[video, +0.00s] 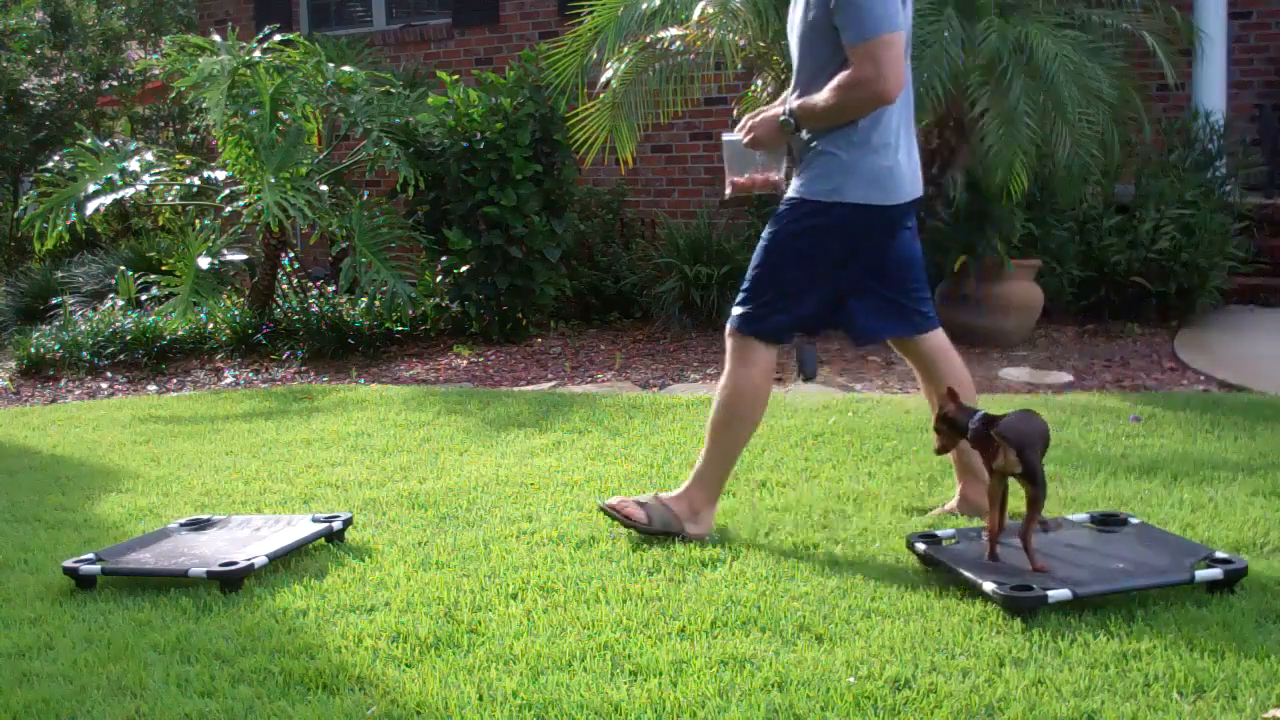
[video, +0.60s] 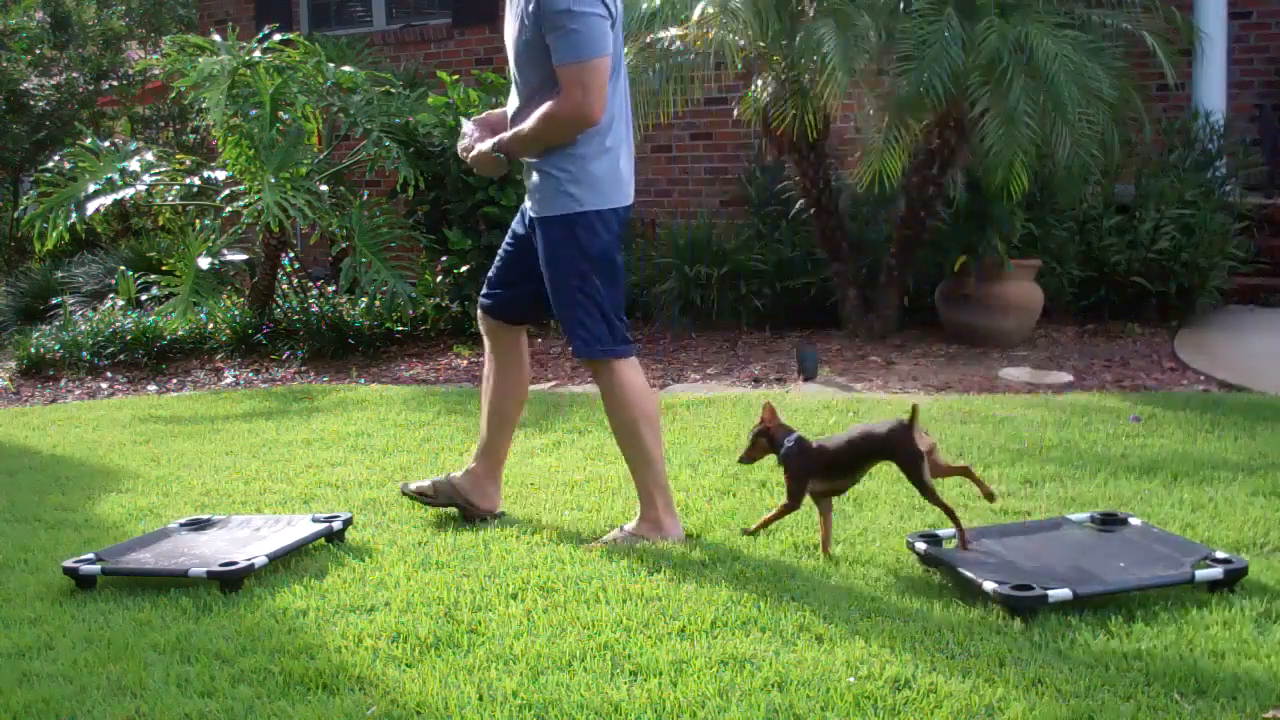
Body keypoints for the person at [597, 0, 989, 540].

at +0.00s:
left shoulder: (863, 1)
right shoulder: (829, 8)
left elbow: (880, 78)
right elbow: (860, 93)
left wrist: (788, 117)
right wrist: (785, 164)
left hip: (840, 188)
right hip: (881, 185)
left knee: (750, 335)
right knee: (920, 335)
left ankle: (695, 504)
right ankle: (979, 487)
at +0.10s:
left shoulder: (799, 2)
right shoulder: (809, 4)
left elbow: (814, 98)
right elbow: (796, 94)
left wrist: (731, 132)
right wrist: (727, 130)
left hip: (782, 203)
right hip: (826, 199)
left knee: (711, 355)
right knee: (874, 341)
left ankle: (671, 520)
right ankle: (967, 478)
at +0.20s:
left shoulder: (733, 2)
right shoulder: (757, 4)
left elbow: (743, 103)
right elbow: (752, 104)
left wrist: (666, 134)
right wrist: (676, 163)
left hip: (725, 198)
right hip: (764, 194)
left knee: (662, 348)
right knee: (781, 342)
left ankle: (663, 521)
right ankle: (912, 452)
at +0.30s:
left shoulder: (682, 2)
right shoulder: (709, 4)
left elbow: (686, 99)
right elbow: (708, 103)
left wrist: (617, 126)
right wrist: (636, 163)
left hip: (681, 195)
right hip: (708, 191)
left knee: (640, 351)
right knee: (689, 336)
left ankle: (661, 521)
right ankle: (820, 412)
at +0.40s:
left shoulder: (643, 3)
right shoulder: (626, 6)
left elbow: (645, 98)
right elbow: (629, 93)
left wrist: (574, 120)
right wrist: (568, 138)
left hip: (651, 193)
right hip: (633, 190)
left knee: (630, 352)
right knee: (579, 311)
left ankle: (660, 521)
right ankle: (713, 420)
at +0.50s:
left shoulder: (604, 2)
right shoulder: (578, 4)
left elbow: (614, 98)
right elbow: (593, 82)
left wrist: (545, 127)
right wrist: (531, 112)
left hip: (617, 188)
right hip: (590, 185)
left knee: (621, 355)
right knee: (527, 295)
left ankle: (660, 520)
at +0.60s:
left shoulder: (570, 3)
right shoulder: (532, 4)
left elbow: (583, 105)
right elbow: (556, 85)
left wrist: (504, 148)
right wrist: (502, 118)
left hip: (581, 195)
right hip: (550, 194)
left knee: (606, 350)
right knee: (499, 315)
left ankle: (660, 519)